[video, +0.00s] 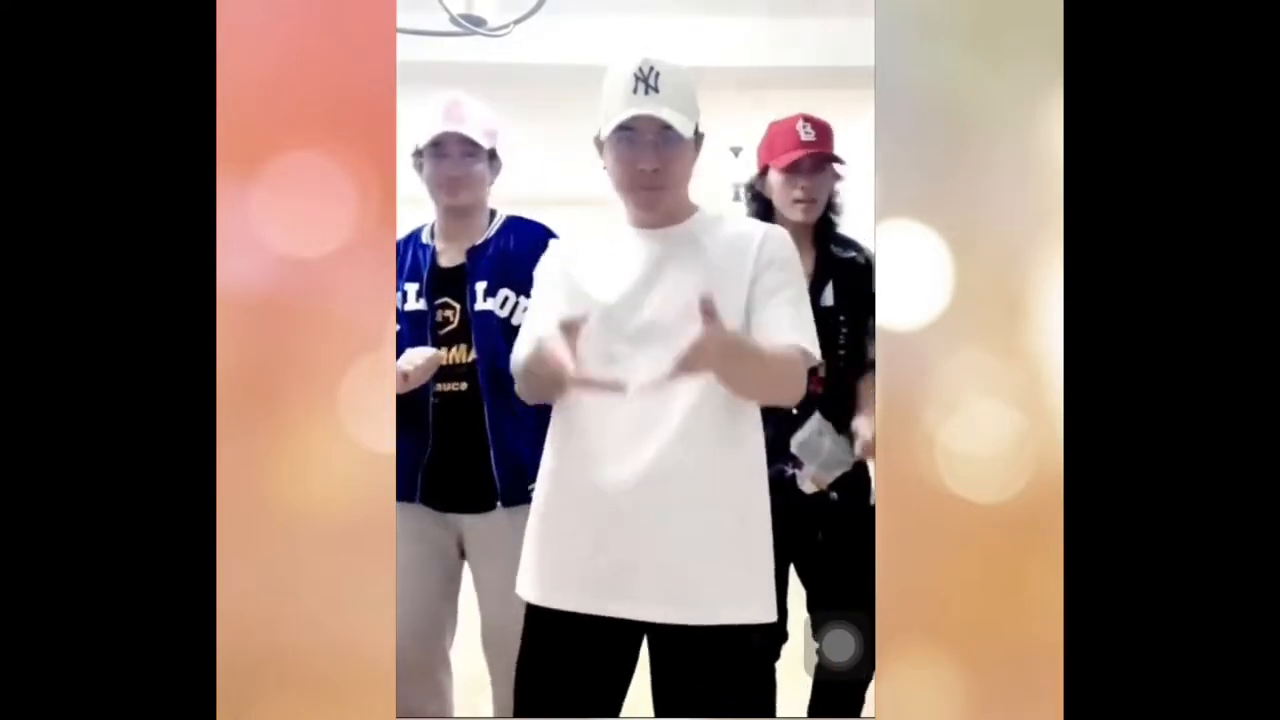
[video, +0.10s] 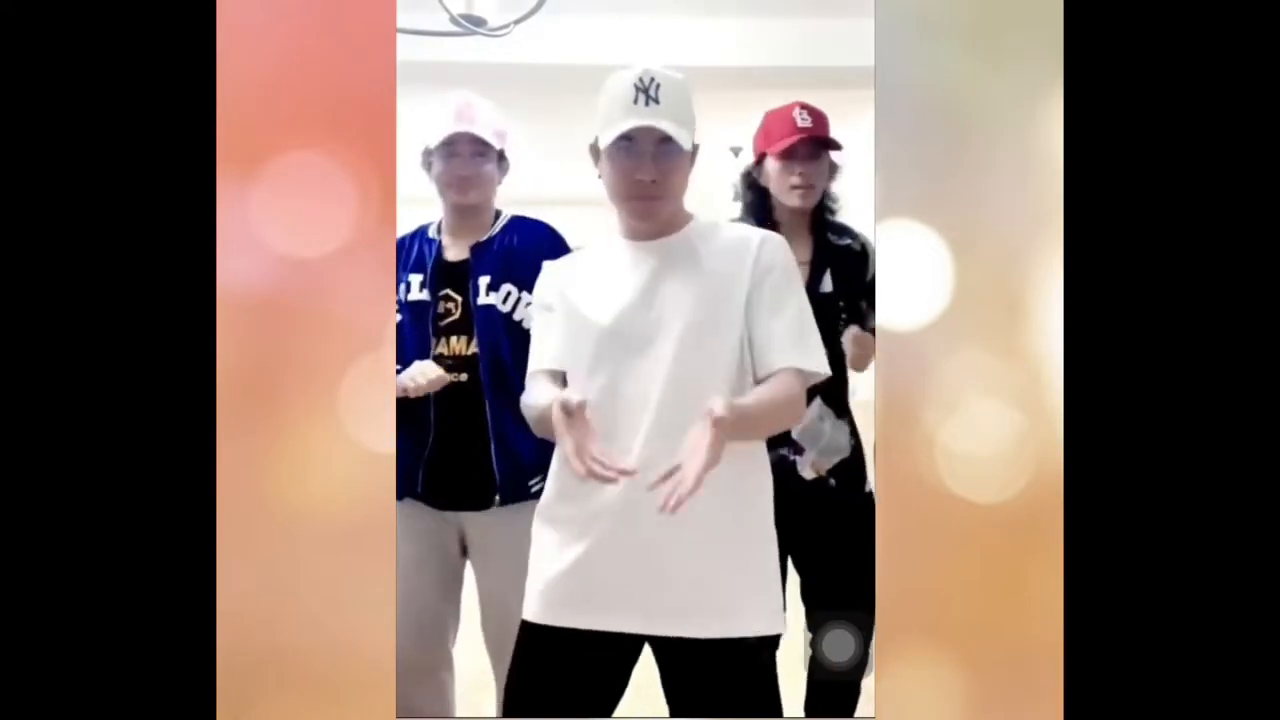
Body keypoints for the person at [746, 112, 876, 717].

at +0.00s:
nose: (806, 183)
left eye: (818, 170)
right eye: (791, 171)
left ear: (833, 180)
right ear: (764, 180)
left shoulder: (855, 266)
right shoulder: (736, 258)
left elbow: (866, 365)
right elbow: (718, 361)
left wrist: (865, 425)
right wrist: (733, 443)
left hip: (837, 485)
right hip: (752, 482)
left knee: (849, 651)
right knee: (750, 644)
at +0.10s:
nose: (802, 170)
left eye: (814, 157)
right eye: (787, 158)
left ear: (829, 168)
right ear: (760, 168)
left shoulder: (851, 251)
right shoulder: (731, 247)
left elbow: (864, 354)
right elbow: (710, 339)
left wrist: (850, 324)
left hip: (832, 460)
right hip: (748, 455)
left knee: (844, 636)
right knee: (749, 629)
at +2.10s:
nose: (799, 159)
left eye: (810, 149)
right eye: (783, 151)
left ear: (827, 164)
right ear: (757, 168)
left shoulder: (863, 253)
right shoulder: (735, 252)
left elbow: (899, 348)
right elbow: (740, 367)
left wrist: (799, 341)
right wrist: (847, 367)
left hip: (853, 475)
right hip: (768, 473)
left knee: (850, 643)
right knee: (768, 642)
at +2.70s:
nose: (794, 160)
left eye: (807, 149)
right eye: (780, 148)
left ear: (826, 165)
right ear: (757, 162)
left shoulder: (857, 255)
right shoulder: (731, 254)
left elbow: (898, 370)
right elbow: (707, 360)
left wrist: (866, 338)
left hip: (835, 482)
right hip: (745, 479)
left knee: (838, 653)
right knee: (740, 653)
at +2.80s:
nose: (797, 155)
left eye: (810, 144)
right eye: (783, 145)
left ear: (829, 161)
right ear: (761, 161)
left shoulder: (863, 252)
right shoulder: (738, 254)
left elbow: (888, 361)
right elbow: (715, 362)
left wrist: (837, 337)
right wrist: (755, 437)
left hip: (840, 479)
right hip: (750, 476)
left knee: (838, 648)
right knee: (743, 643)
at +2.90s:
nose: (800, 160)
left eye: (814, 150)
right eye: (786, 150)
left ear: (834, 167)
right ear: (763, 168)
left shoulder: (868, 255)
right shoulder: (737, 251)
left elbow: (891, 359)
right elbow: (720, 371)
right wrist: (763, 438)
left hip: (844, 479)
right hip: (753, 474)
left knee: (841, 646)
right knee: (747, 641)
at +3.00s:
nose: (805, 159)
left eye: (818, 149)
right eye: (791, 149)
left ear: (838, 165)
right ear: (769, 166)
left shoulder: (873, 250)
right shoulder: (742, 253)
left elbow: (898, 350)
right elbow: (724, 355)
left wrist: (856, 416)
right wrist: (773, 424)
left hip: (852, 468)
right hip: (764, 463)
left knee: (846, 634)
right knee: (754, 627)